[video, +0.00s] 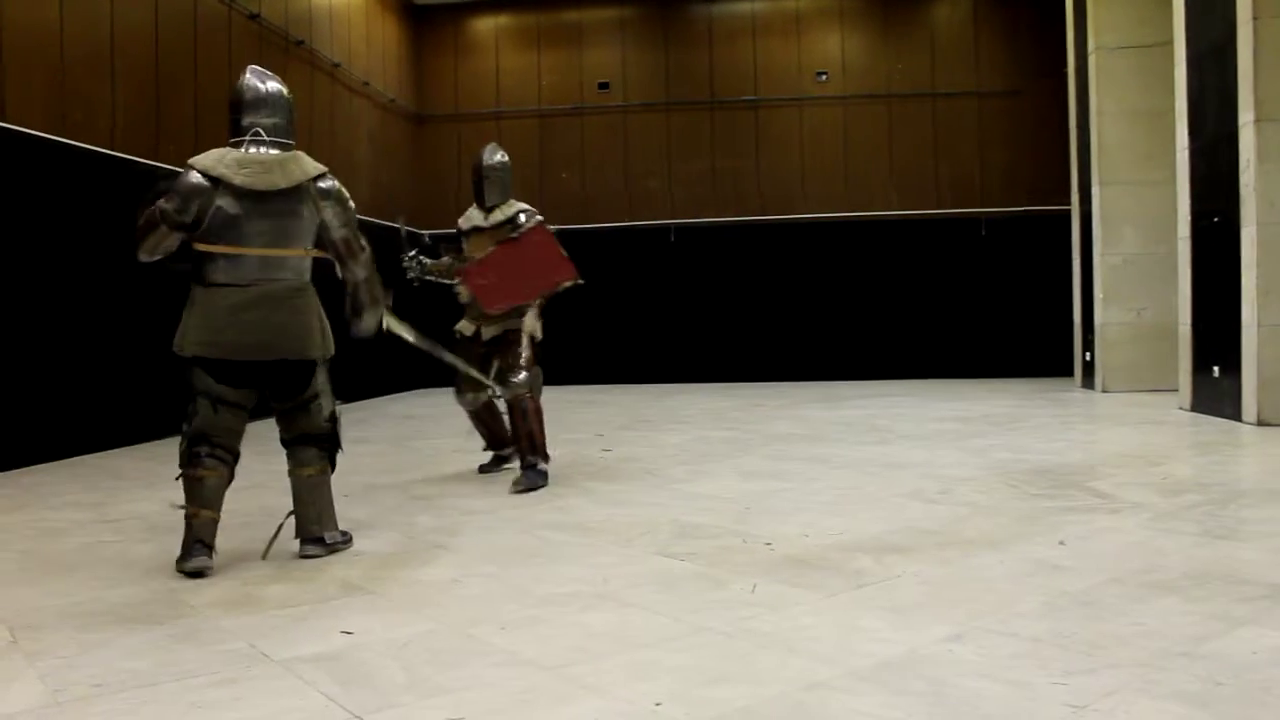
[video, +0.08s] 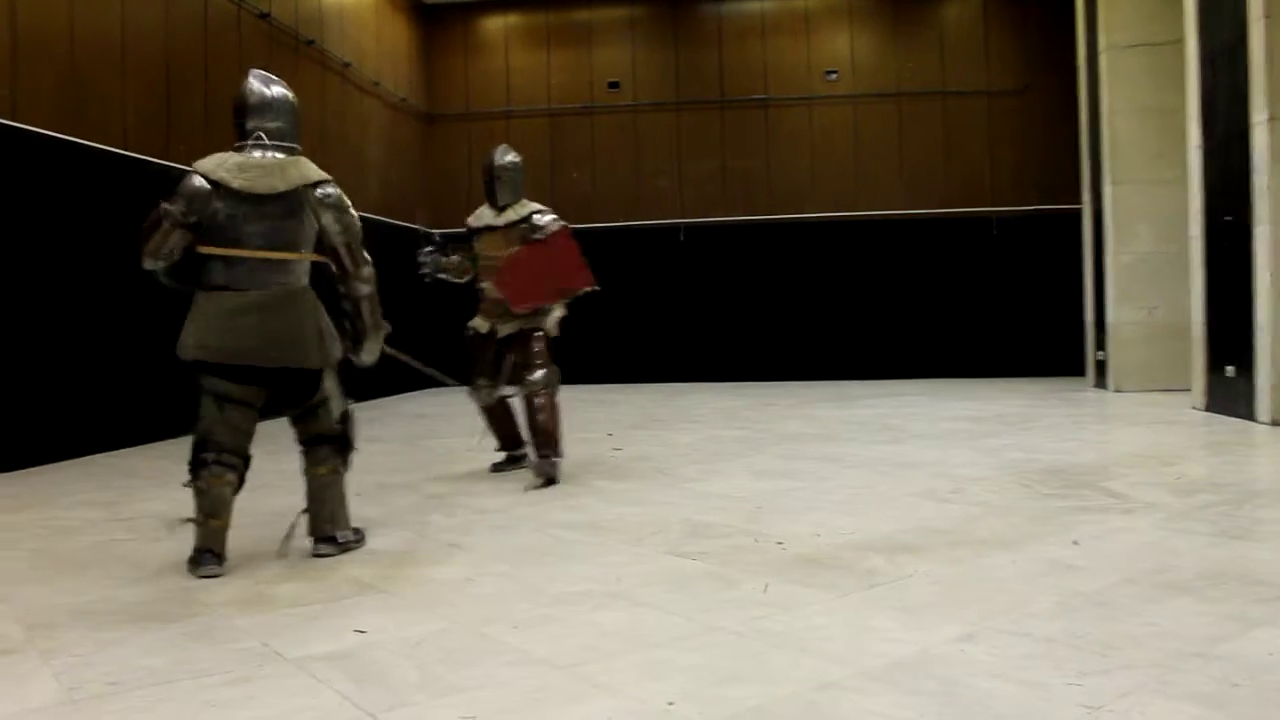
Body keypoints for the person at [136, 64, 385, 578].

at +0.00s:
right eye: (278, 112)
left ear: (237, 117)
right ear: (288, 116)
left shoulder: (204, 175)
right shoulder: (317, 180)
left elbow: (151, 245)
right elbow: (352, 251)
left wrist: (171, 212)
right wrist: (369, 304)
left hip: (221, 327)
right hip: (293, 328)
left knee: (213, 431)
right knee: (308, 423)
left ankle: (198, 545)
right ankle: (317, 530)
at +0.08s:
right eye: (285, 118)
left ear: (242, 121)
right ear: (293, 121)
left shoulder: (204, 179)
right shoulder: (316, 186)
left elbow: (157, 255)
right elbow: (356, 268)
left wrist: (201, 280)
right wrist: (370, 336)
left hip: (223, 330)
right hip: (294, 332)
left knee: (222, 440)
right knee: (324, 423)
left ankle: (209, 551)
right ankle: (330, 529)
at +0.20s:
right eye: (310, 123)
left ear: (266, 126)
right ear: (315, 125)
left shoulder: (227, 183)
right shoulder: (335, 187)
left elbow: (192, 265)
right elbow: (373, 266)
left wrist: (221, 308)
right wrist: (386, 338)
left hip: (242, 325)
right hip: (314, 326)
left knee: (237, 436)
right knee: (350, 424)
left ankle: (233, 551)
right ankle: (355, 530)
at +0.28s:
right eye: (334, 123)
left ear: (289, 126)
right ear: (337, 125)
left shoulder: (250, 183)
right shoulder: (353, 186)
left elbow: (223, 267)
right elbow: (392, 255)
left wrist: (262, 293)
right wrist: (406, 322)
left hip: (262, 329)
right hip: (334, 330)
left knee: (262, 435)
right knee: (369, 426)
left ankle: (254, 547)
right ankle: (372, 528)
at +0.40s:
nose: (378, 133)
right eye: (376, 126)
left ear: (330, 128)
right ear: (376, 128)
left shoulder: (293, 183)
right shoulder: (384, 185)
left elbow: (271, 238)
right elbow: (425, 242)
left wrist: (280, 284)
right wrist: (445, 289)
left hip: (299, 322)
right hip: (366, 323)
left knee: (297, 434)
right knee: (406, 426)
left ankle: (282, 546)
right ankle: (396, 529)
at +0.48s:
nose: (404, 135)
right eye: (403, 127)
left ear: (357, 129)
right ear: (402, 129)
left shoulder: (322, 184)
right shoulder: (408, 186)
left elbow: (301, 242)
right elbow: (454, 251)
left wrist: (314, 283)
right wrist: (475, 273)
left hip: (325, 323)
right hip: (391, 324)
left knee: (320, 434)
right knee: (430, 428)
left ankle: (297, 539)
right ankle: (409, 527)